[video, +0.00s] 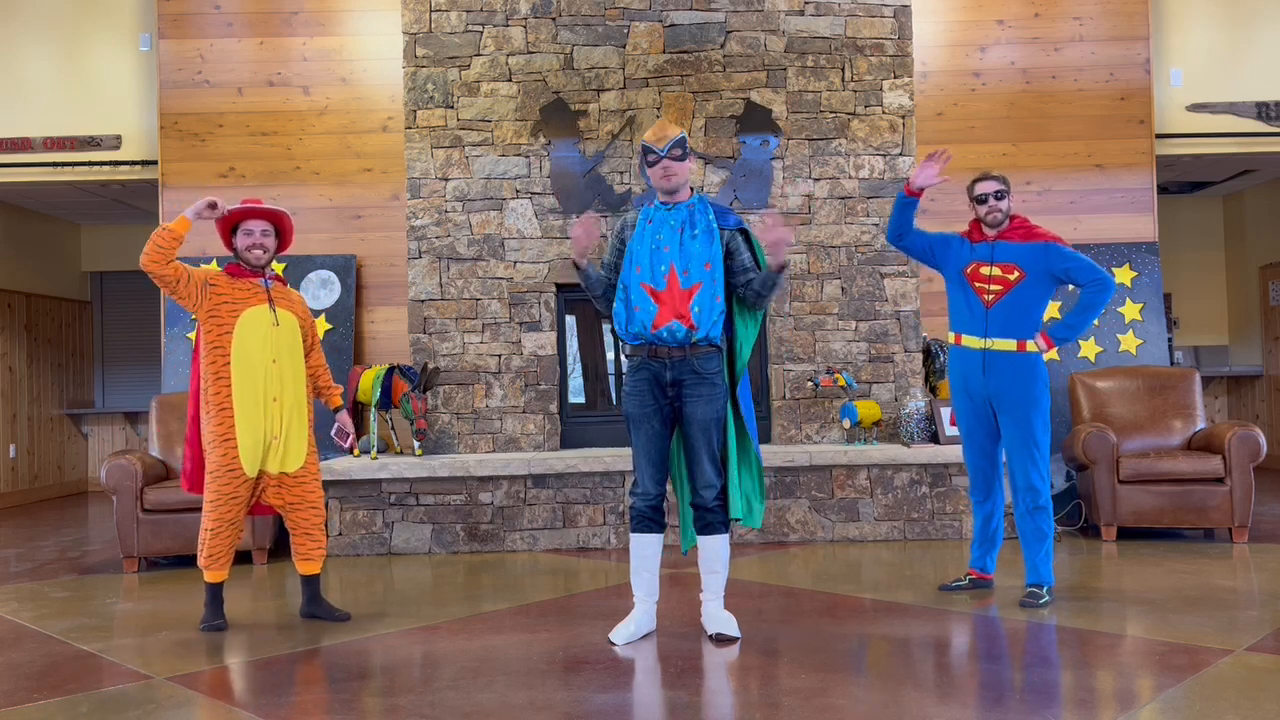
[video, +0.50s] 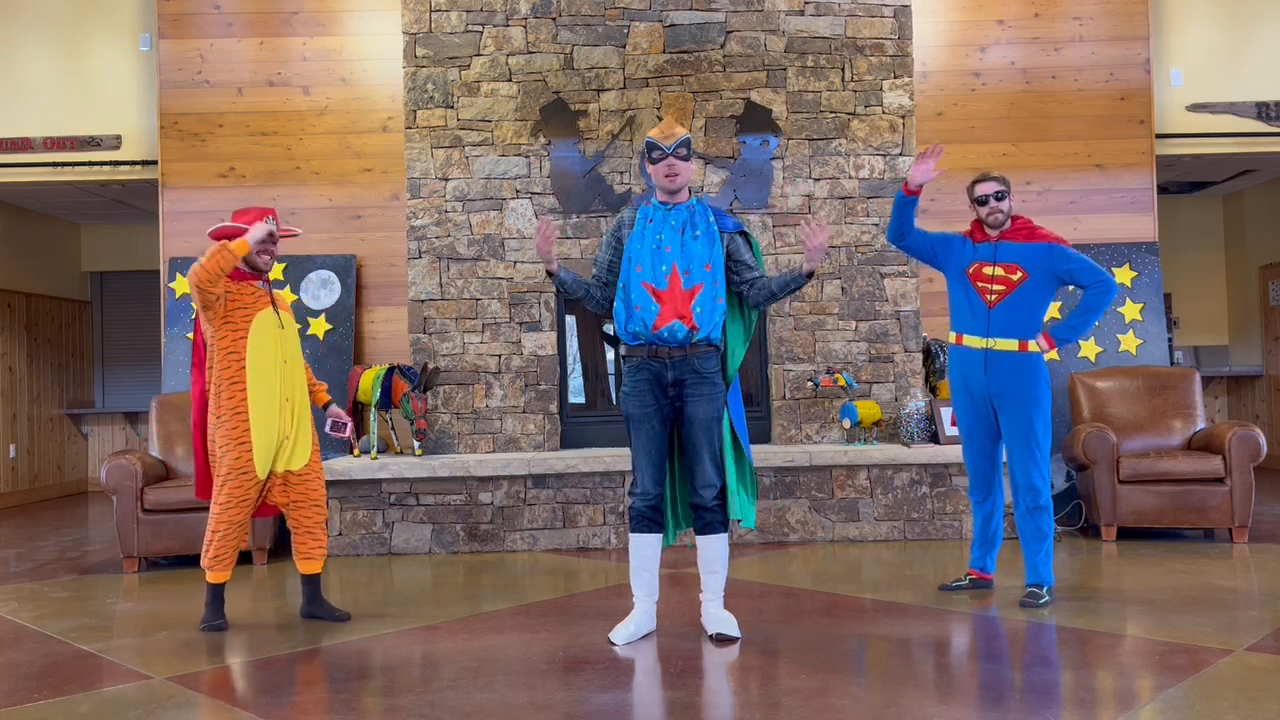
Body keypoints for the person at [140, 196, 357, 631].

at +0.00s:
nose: (257, 240)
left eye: (265, 235)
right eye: (248, 234)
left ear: (277, 244)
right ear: (233, 242)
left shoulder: (294, 300)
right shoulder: (209, 287)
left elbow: (314, 360)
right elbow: (154, 261)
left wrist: (339, 407)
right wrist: (188, 217)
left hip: (289, 422)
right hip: (231, 421)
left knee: (308, 502)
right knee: (223, 507)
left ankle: (313, 598)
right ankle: (213, 605)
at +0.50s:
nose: (271, 251)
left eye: (274, 245)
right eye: (262, 244)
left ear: (276, 248)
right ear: (239, 246)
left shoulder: (279, 300)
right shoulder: (219, 292)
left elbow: (294, 362)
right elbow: (201, 275)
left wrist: (327, 404)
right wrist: (245, 240)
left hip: (289, 418)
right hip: (239, 421)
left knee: (310, 498)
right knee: (231, 506)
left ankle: (313, 599)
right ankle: (214, 605)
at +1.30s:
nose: (259, 242)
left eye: (266, 235)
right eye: (249, 235)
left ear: (277, 244)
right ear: (234, 244)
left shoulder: (297, 300)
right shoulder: (206, 290)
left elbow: (334, 351)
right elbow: (147, 272)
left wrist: (366, 397)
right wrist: (180, 220)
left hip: (292, 424)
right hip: (231, 425)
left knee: (309, 505)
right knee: (223, 511)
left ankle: (313, 599)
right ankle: (214, 606)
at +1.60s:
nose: (250, 241)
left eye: (258, 235)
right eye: (241, 234)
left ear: (269, 244)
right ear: (225, 243)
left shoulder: (287, 298)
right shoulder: (201, 293)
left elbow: (311, 344)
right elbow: (149, 306)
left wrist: (337, 371)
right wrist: (143, 266)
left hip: (281, 421)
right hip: (221, 422)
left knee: (303, 500)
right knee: (217, 505)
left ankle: (313, 596)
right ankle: (212, 605)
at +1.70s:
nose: (249, 240)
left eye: (257, 234)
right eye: (239, 234)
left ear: (269, 242)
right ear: (225, 242)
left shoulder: (288, 298)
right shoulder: (204, 293)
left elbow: (308, 348)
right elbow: (167, 319)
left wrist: (324, 385)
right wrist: (142, 317)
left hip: (281, 420)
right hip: (221, 421)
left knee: (302, 499)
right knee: (217, 503)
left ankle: (317, 597)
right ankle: (211, 605)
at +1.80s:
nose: (251, 240)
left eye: (259, 234)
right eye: (242, 234)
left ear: (270, 242)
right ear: (227, 242)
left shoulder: (292, 297)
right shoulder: (206, 295)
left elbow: (311, 352)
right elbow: (176, 328)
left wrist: (324, 402)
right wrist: (151, 358)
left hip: (284, 420)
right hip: (224, 421)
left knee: (302, 501)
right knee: (220, 504)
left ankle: (319, 598)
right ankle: (212, 604)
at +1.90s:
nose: (256, 240)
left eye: (264, 233)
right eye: (247, 234)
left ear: (275, 242)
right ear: (233, 244)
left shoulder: (302, 297)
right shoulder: (214, 299)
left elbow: (321, 355)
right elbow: (187, 349)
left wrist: (335, 411)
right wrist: (171, 398)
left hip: (293, 423)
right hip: (232, 424)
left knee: (309, 503)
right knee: (224, 507)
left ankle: (320, 599)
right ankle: (213, 603)